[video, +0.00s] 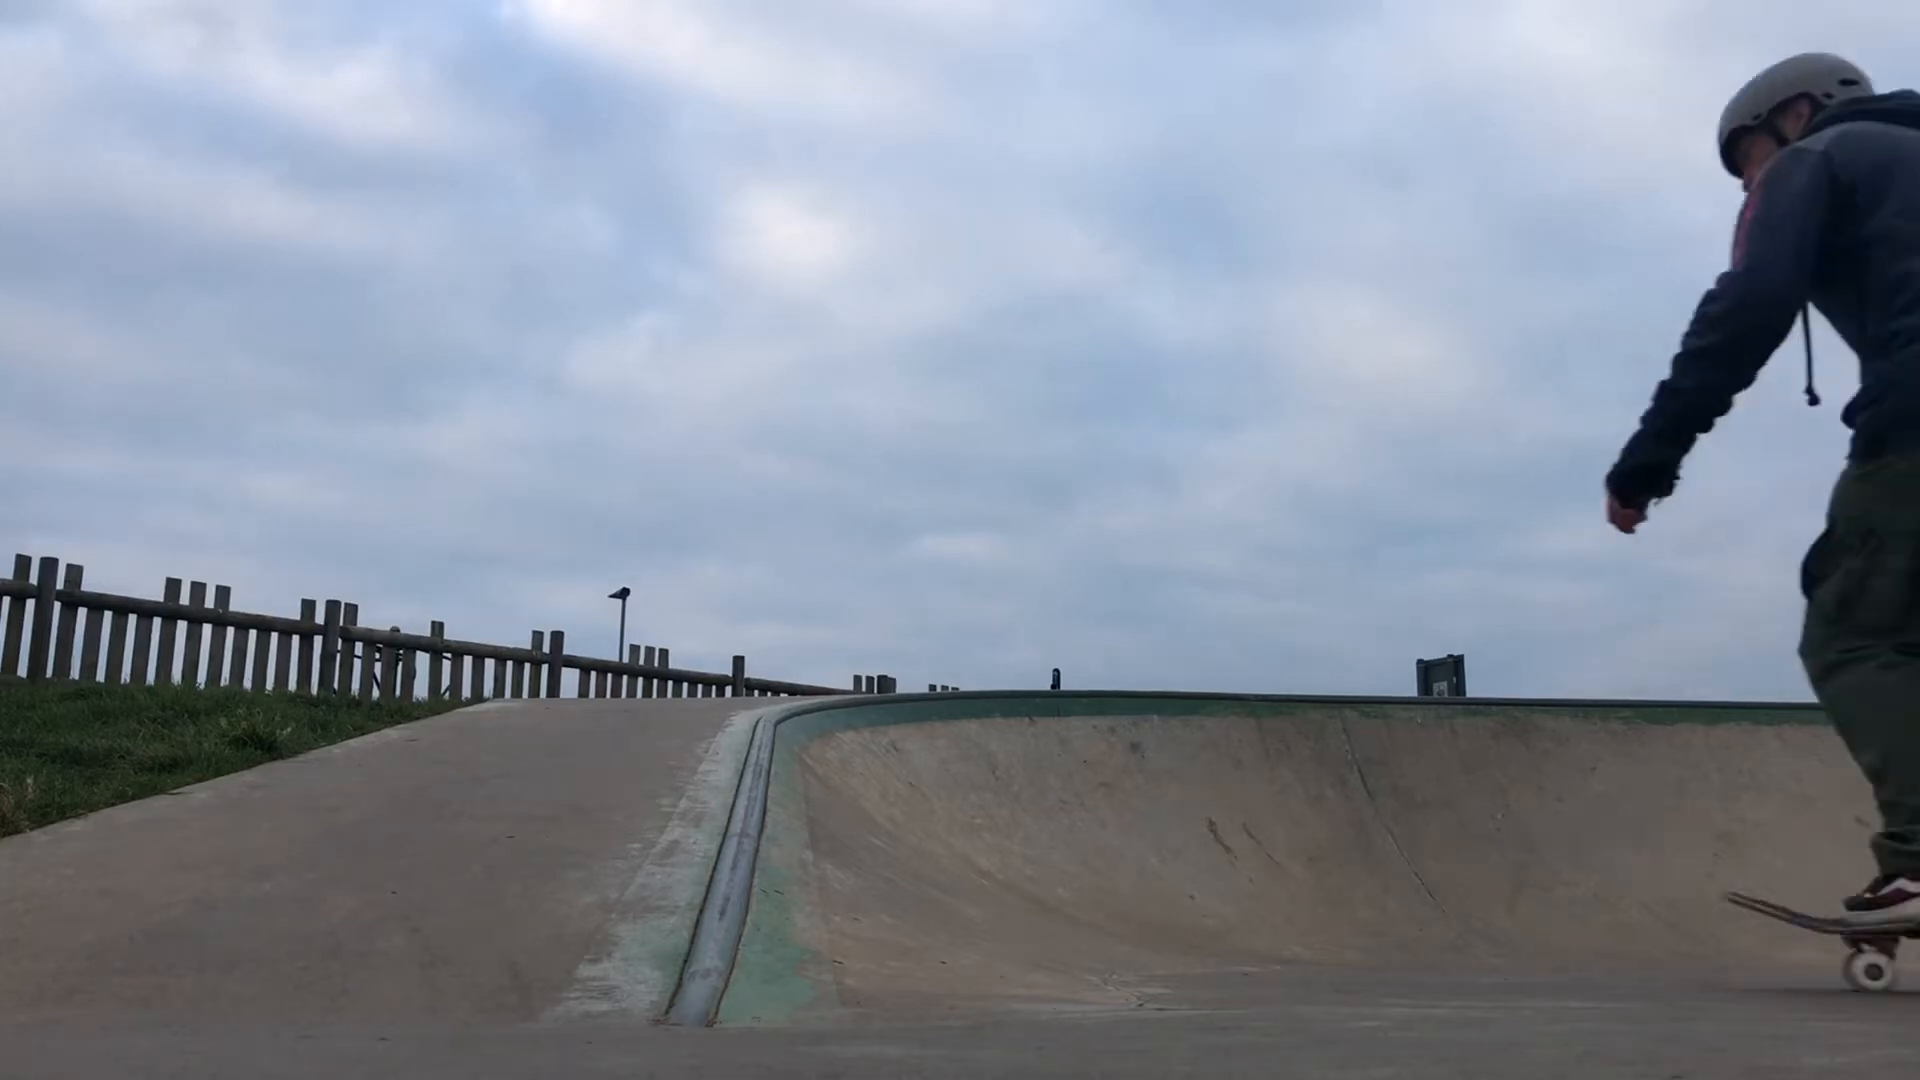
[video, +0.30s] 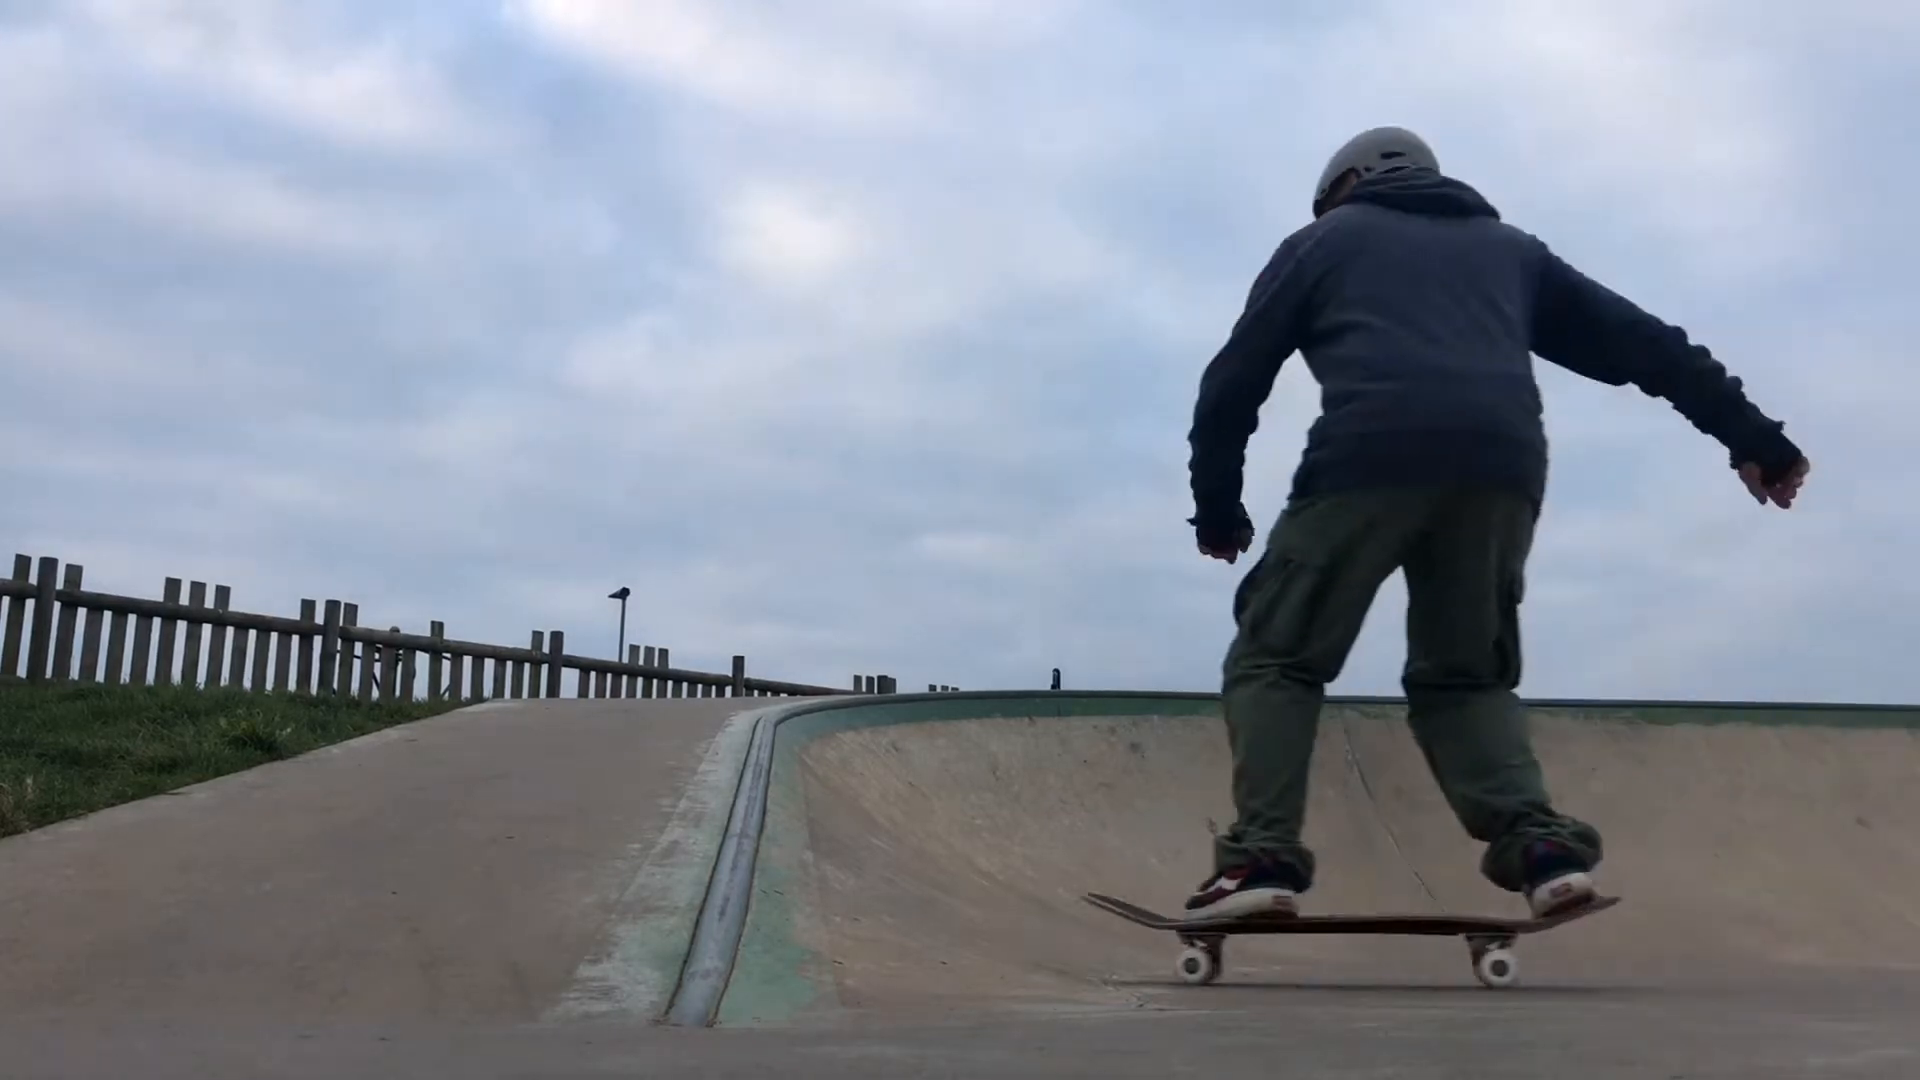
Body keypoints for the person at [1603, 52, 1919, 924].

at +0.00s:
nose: (1751, 185)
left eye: (1753, 161)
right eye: (1746, 171)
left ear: (1797, 114)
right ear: (1822, 111)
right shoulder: (1903, 145)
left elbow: (1746, 313)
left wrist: (1648, 459)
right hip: (1901, 427)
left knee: (1854, 637)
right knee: (1875, 635)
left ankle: (1914, 855)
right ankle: (1910, 858)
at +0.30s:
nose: (1320, 212)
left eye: (1323, 201)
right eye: (1324, 202)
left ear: (1343, 188)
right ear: (1428, 179)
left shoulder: (1322, 242)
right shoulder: (1505, 247)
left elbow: (1227, 388)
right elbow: (1645, 342)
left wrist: (1217, 509)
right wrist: (1754, 436)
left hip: (1371, 456)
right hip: (1504, 463)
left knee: (1277, 660)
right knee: (1463, 674)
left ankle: (1263, 857)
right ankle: (1540, 845)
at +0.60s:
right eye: (1165, 195)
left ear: (1087, 185)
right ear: (1152, 193)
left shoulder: (1025, 227)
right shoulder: (1169, 223)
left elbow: (912, 331)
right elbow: (1232, 277)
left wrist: (896, 426)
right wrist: (1301, 351)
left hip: (958, 382)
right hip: (1057, 405)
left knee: (920, 561)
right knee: (996, 609)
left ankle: (769, 670)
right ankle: (851, 750)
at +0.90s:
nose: (1080, 231)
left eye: (1084, 223)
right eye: (1081, 218)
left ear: (1024, 171)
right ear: (1065, 195)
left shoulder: (933, 208)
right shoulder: (1044, 205)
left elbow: (858, 290)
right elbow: (1079, 286)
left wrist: (839, 354)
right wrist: (1155, 380)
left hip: (838, 356)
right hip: (910, 364)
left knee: (849, 554)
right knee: (914, 558)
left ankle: (790, 693)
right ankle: (811, 704)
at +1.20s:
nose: (1099, 230)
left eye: (1100, 224)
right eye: (1098, 222)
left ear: (1038, 192)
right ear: (1080, 205)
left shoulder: (956, 239)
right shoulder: (1056, 217)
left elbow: (882, 335)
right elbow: (1156, 221)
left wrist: (869, 426)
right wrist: (1250, 252)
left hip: (878, 380)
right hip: (952, 379)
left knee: (890, 570)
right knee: (977, 564)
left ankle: (800, 695)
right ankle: (863, 684)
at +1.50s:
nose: (1201, 313)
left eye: (1195, 302)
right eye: (1199, 302)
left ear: (1122, 286)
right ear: (1187, 297)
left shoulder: (1054, 348)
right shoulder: (1202, 352)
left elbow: (952, 404)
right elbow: (1300, 430)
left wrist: (866, 463)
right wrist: (1370, 441)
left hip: (1036, 547)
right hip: (1112, 548)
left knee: (1122, 715)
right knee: (1084, 715)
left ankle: (1115, 891)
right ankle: (952, 846)